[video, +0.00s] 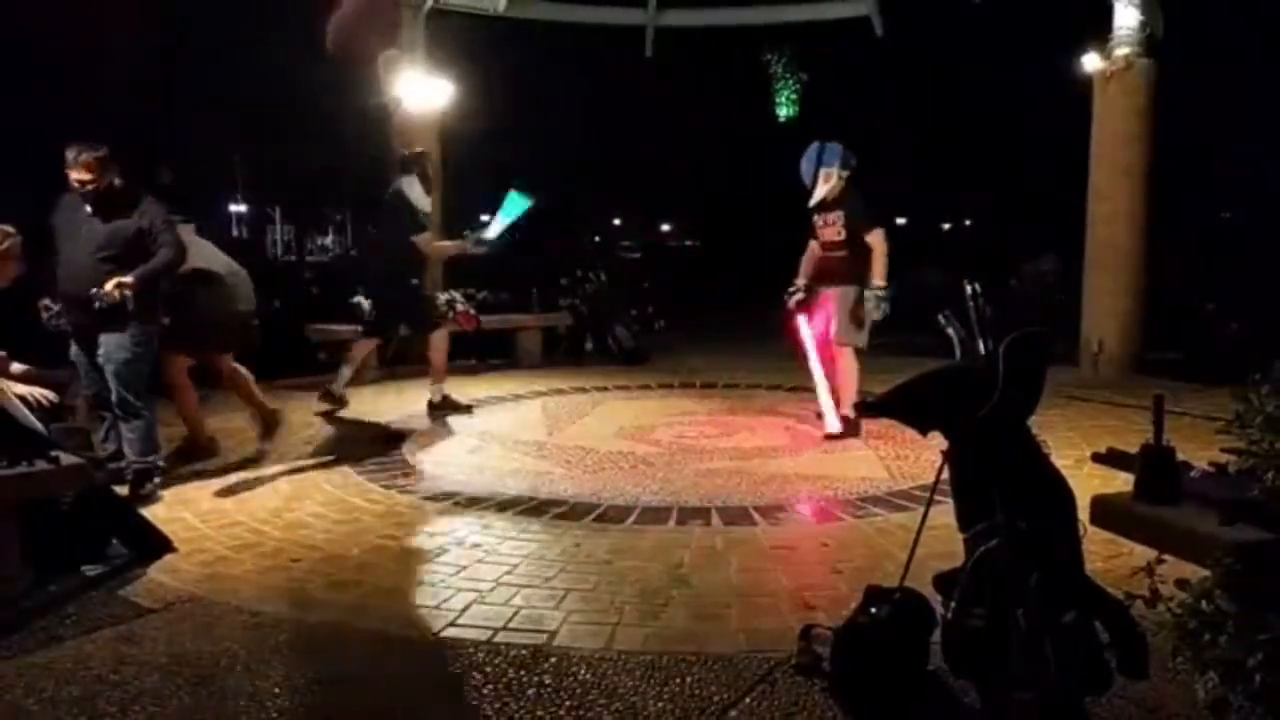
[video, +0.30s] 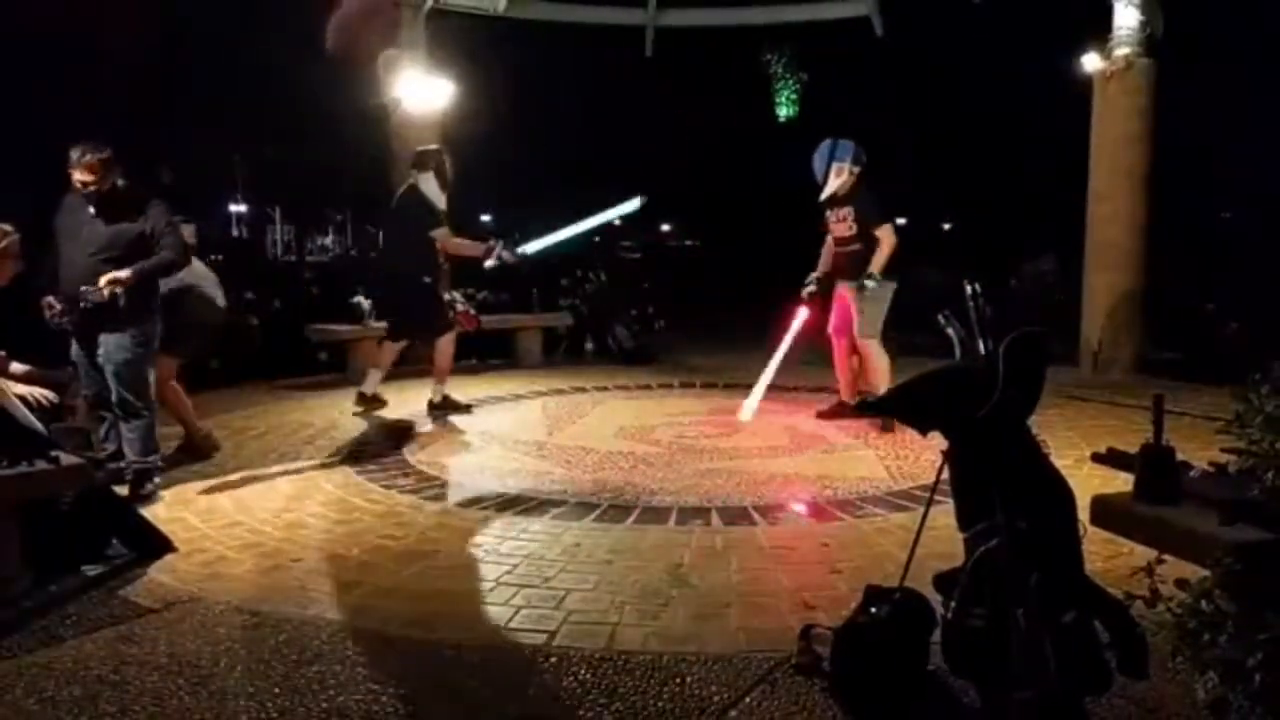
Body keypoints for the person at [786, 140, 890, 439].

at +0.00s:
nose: (822, 180)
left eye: (828, 173)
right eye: (818, 174)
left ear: (840, 172)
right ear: (813, 174)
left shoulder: (855, 203)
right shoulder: (817, 206)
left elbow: (879, 244)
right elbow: (814, 248)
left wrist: (877, 288)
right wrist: (801, 282)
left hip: (849, 287)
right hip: (823, 289)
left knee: (844, 347)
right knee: (827, 349)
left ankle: (848, 413)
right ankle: (838, 409)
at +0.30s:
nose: (836, 177)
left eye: (842, 171)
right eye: (833, 170)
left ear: (854, 172)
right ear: (826, 170)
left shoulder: (865, 199)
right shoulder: (830, 203)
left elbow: (888, 238)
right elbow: (831, 242)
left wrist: (872, 274)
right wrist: (818, 275)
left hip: (866, 280)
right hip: (842, 281)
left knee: (867, 338)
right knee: (840, 335)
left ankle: (884, 400)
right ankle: (847, 397)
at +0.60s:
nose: (851, 187)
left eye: (855, 180)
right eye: (848, 181)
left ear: (869, 178)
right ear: (848, 178)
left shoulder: (886, 205)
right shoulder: (855, 204)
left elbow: (870, 249)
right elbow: (855, 243)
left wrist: (830, 236)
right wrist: (829, 233)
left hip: (900, 291)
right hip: (864, 287)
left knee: (911, 349)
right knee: (840, 338)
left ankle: (933, 402)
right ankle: (846, 400)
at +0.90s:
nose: (839, 184)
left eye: (842, 178)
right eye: (839, 178)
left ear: (855, 174)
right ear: (852, 174)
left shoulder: (875, 201)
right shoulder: (855, 199)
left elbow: (857, 247)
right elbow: (854, 238)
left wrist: (833, 231)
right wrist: (842, 227)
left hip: (889, 288)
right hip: (856, 286)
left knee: (903, 347)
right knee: (836, 340)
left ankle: (928, 400)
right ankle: (832, 404)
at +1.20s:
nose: (814, 183)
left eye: (817, 176)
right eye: (814, 176)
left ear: (828, 173)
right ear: (825, 174)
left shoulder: (848, 199)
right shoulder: (826, 204)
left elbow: (862, 242)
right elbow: (827, 249)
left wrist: (830, 263)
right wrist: (812, 275)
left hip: (864, 289)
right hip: (836, 287)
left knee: (850, 349)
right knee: (821, 343)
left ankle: (897, 398)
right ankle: (829, 404)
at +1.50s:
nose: (803, 186)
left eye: (808, 179)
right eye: (802, 180)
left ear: (821, 178)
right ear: (802, 179)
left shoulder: (841, 206)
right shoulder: (806, 211)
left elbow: (857, 253)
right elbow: (771, 236)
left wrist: (819, 277)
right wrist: (732, 227)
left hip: (853, 287)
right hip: (832, 288)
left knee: (823, 352)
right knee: (814, 350)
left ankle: (843, 427)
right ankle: (831, 404)